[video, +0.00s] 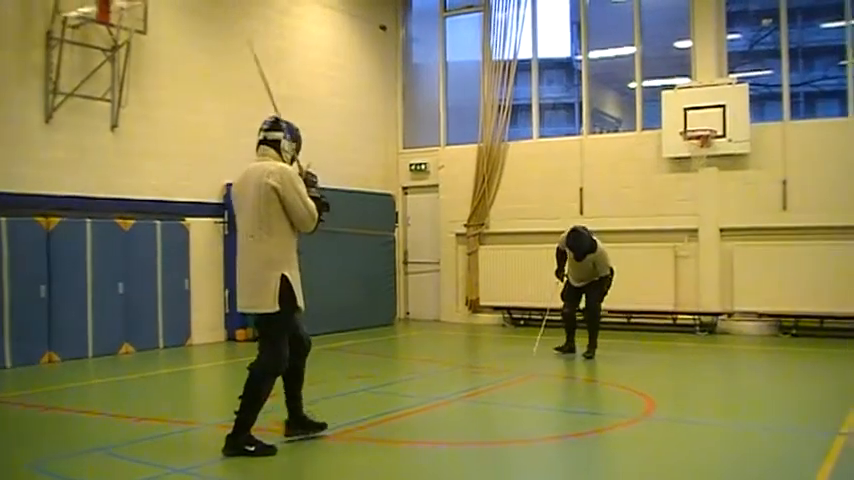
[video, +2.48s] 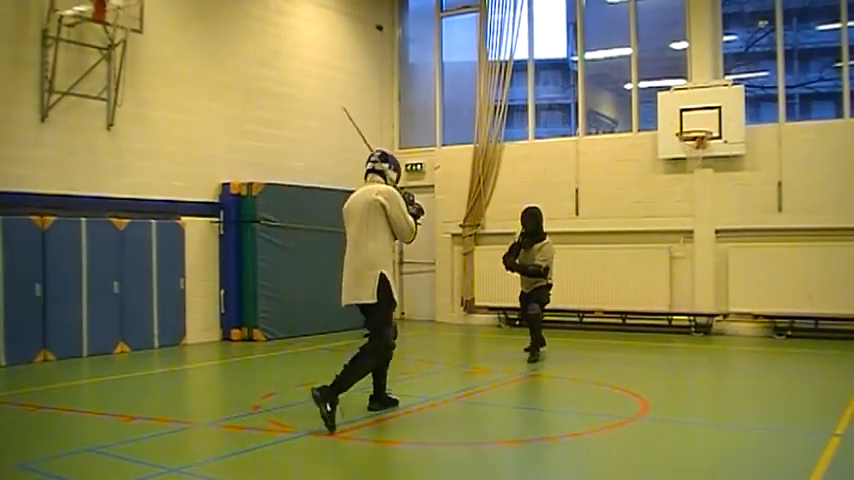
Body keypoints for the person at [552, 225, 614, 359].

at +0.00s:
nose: (577, 256)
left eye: (580, 253)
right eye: (575, 253)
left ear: (588, 248)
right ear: (570, 245)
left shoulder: (599, 252)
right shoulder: (566, 239)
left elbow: (606, 275)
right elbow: (560, 250)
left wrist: (601, 296)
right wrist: (560, 268)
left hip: (594, 281)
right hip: (573, 280)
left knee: (592, 311)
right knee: (567, 311)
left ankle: (592, 347)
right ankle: (570, 343)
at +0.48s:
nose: (550, 218)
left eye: (553, 214)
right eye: (549, 214)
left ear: (560, 215)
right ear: (547, 215)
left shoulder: (569, 237)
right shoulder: (545, 231)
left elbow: (583, 260)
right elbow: (538, 251)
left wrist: (573, 283)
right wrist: (534, 271)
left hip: (560, 282)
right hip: (545, 282)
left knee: (559, 313)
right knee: (549, 313)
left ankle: (562, 347)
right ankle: (555, 341)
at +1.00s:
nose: (569, 214)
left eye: (573, 210)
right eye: (567, 210)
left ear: (579, 211)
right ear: (564, 211)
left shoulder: (585, 232)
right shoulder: (559, 231)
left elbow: (586, 254)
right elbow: (546, 251)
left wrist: (560, 250)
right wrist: (543, 240)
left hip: (575, 275)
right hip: (561, 276)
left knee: (570, 307)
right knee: (568, 310)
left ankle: (576, 343)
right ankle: (576, 341)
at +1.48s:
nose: (552, 219)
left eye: (555, 216)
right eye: (550, 215)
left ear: (564, 216)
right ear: (548, 216)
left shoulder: (570, 238)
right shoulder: (547, 233)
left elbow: (561, 259)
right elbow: (532, 255)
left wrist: (538, 252)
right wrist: (535, 241)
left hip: (565, 280)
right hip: (552, 281)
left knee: (553, 311)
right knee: (559, 311)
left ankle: (556, 349)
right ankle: (573, 334)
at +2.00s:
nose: (534, 223)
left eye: (538, 219)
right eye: (533, 219)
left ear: (547, 220)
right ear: (531, 220)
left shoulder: (555, 243)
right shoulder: (531, 238)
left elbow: (546, 267)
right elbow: (518, 259)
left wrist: (523, 262)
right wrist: (520, 249)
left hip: (551, 284)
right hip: (535, 285)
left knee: (547, 312)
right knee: (533, 313)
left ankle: (555, 348)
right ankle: (539, 341)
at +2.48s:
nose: (525, 227)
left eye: (529, 223)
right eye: (524, 223)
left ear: (538, 223)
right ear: (522, 223)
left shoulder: (546, 245)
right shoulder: (521, 240)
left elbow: (541, 271)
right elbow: (508, 260)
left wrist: (515, 267)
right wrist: (519, 245)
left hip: (541, 285)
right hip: (526, 286)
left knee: (533, 308)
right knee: (527, 315)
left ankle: (534, 347)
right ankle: (538, 338)